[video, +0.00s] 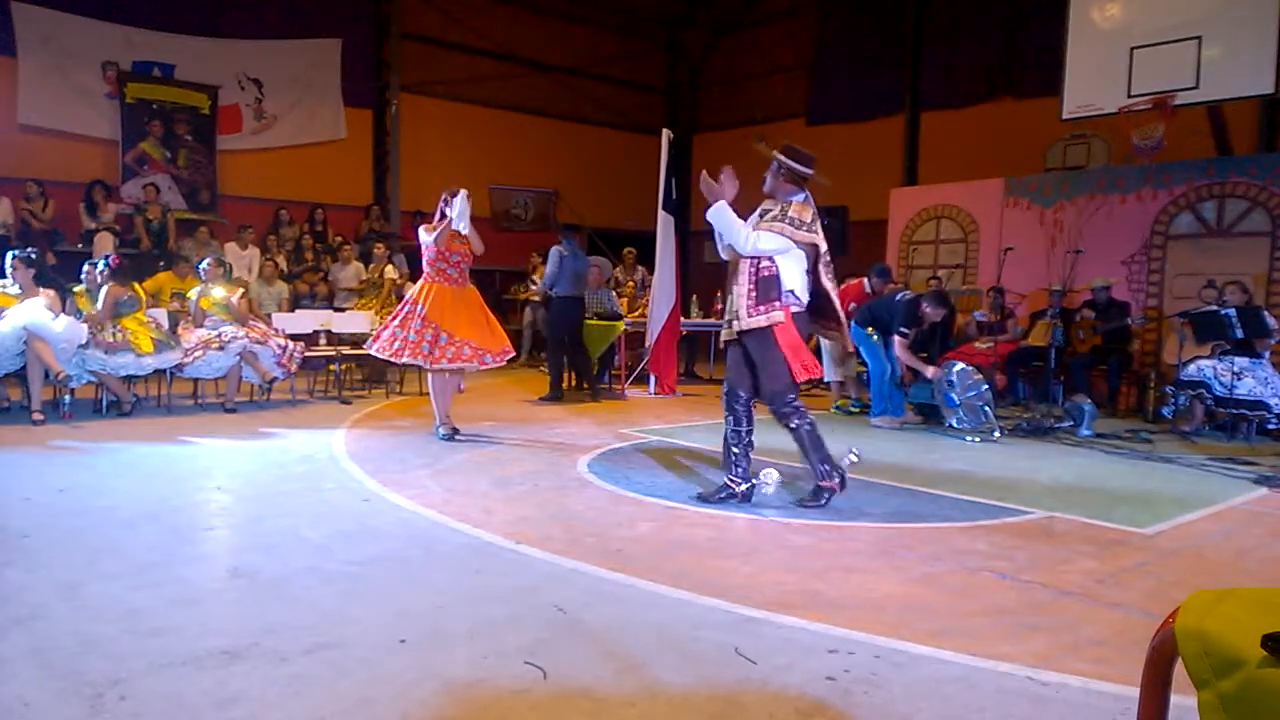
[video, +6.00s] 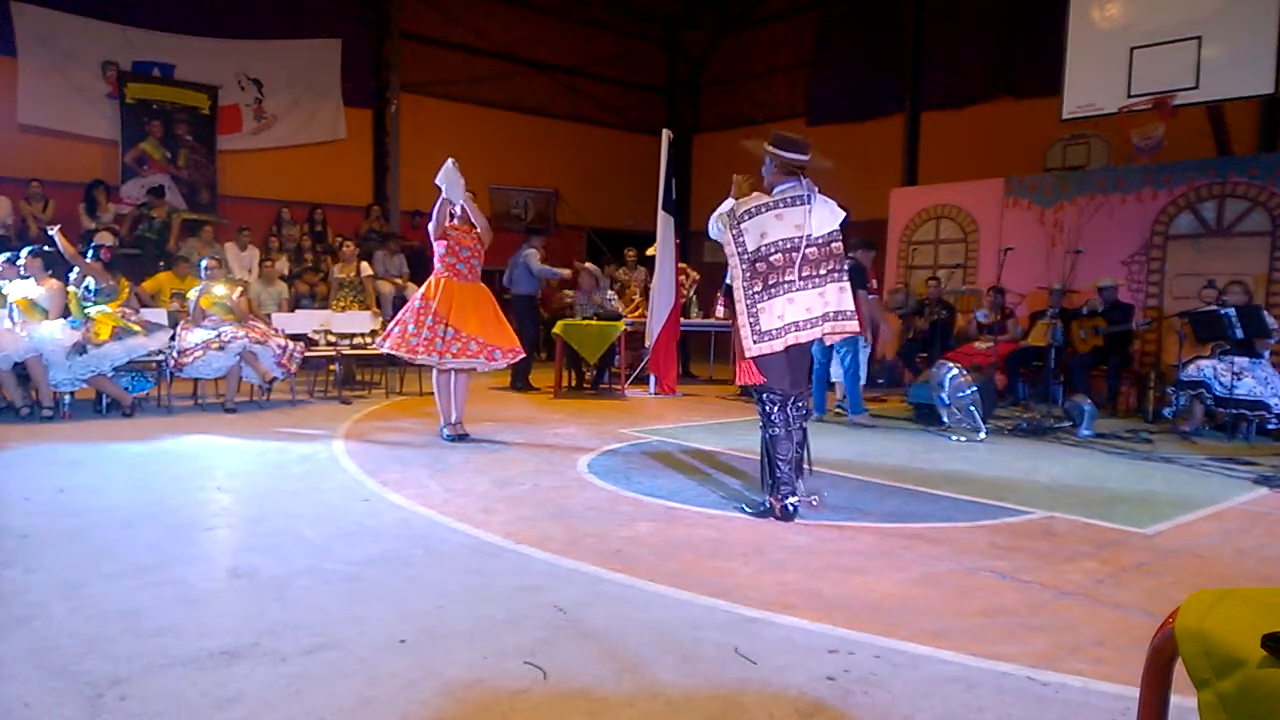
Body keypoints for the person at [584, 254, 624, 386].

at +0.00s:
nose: (593, 278)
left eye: (596, 274)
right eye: (591, 274)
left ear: (602, 278)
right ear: (586, 277)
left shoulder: (610, 294)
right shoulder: (582, 293)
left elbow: (619, 312)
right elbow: (576, 312)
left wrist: (602, 315)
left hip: (606, 327)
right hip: (586, 326)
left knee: (608, 347)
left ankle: (599, 378)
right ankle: (582, 378)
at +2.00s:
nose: (591, 276)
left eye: (594, 273)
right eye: (588, 273)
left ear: (600, 277)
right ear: (584, 277)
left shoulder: (609, 294)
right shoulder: (575, 294)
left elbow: (619, 314)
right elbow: (565, 314)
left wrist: (600, 316)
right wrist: (577, 318)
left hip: (602, 332)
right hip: (580, 331)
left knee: (609, 348)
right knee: (571, 347)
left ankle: (597, 381)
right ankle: (579, 378)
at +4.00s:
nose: (600, 278)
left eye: (602, 275)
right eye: (598, 274)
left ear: (606, 278)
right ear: (591, 277)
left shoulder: (612, 296)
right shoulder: (577, 293)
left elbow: (620, 316)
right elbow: (565, 313)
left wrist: (599, 317)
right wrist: (576, 317)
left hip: (603, 332)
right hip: (581, 331)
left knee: (610, 349)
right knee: (570, 346)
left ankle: (597, 380)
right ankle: (579, 378)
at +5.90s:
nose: (583, 278)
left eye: (587, 275)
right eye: (582, 275)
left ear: (595, 279)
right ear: (579, 277)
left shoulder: (607, 295)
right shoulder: (575, 294)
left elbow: (616, 311)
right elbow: (555, 299)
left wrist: (600, 300)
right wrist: (571, 301)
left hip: (601, 330)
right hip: (579, 330)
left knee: (610, 348)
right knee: (570, 346)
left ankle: (597, 380)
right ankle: (579, 377)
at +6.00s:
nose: (583, 280)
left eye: (587, 276)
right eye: (581, 276)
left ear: (595, 279)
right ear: (578, 279)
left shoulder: (606, 294)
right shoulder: (576, 295)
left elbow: (617, 312)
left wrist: (601, 303)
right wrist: (562, 301)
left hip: (601, 331)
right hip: (580, 331)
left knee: (610, 349)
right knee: (571, 346)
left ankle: (597, 380)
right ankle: (579, 378)